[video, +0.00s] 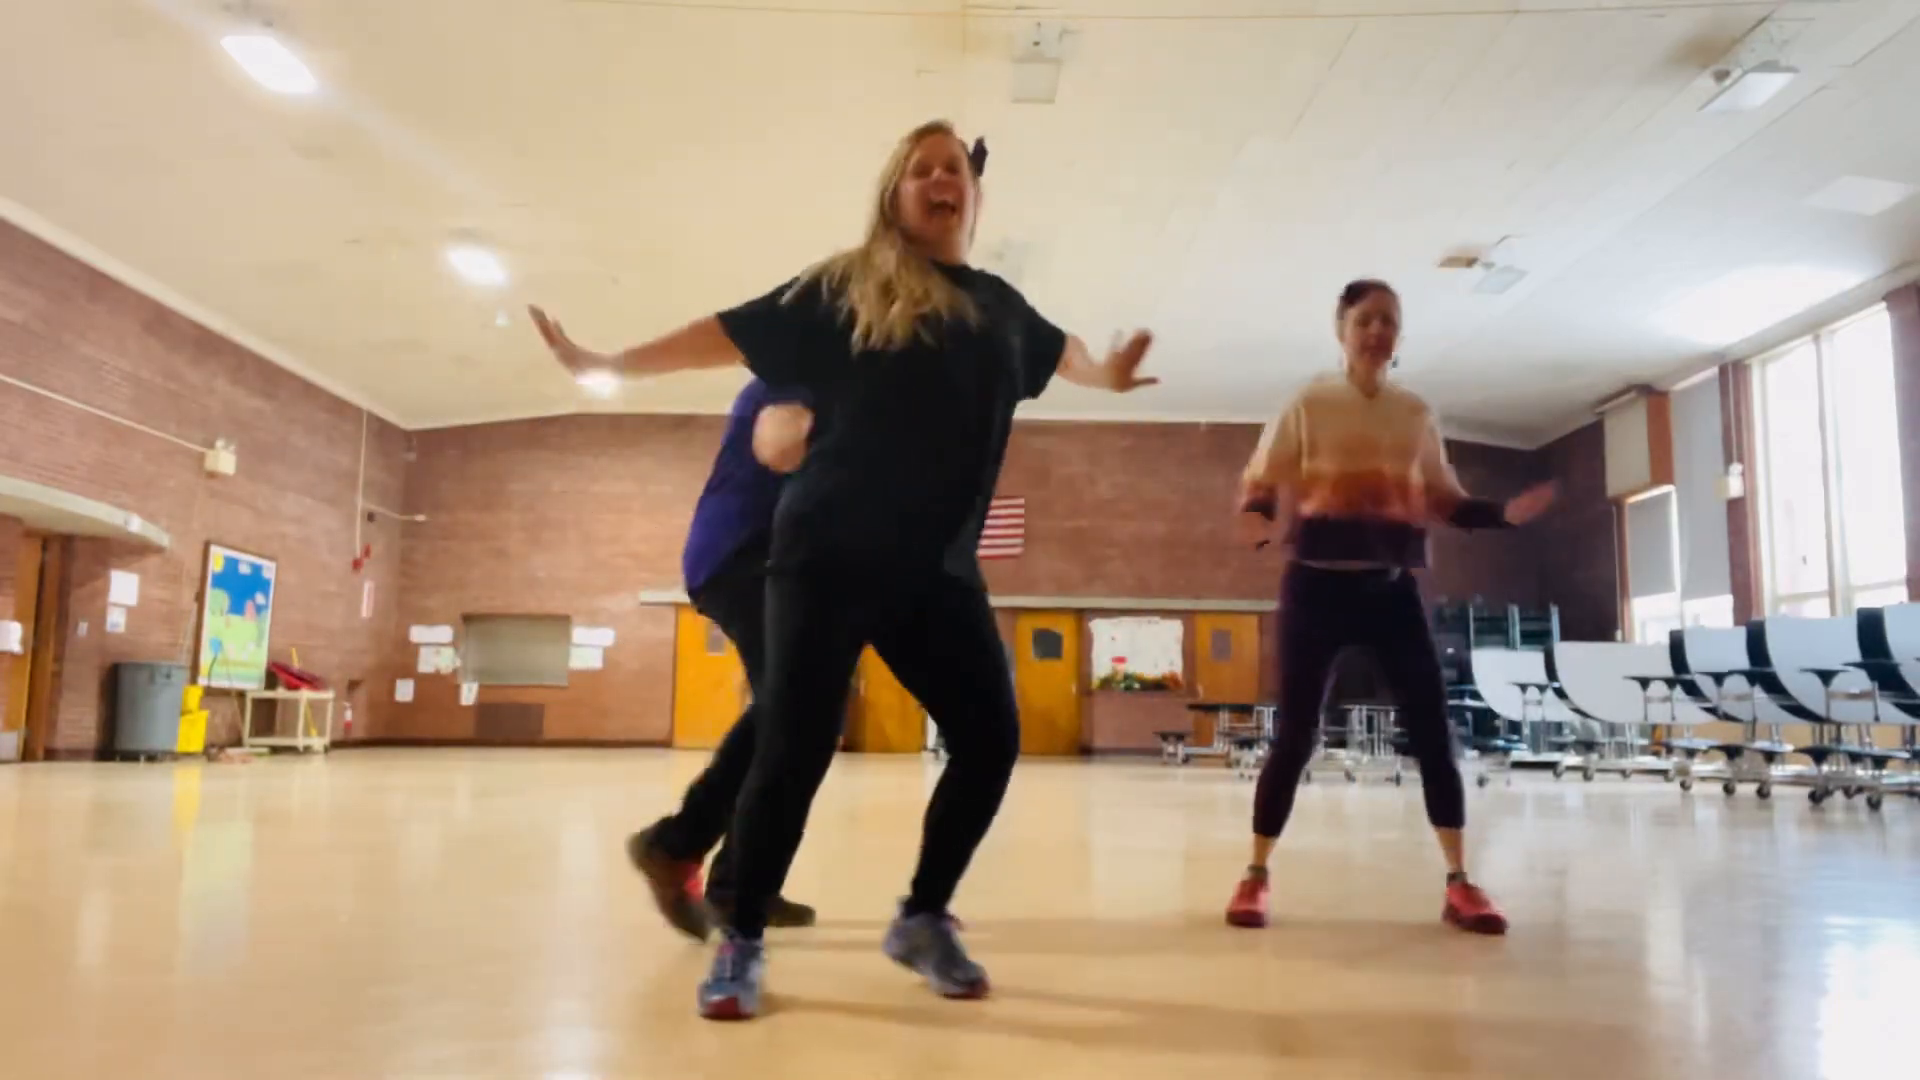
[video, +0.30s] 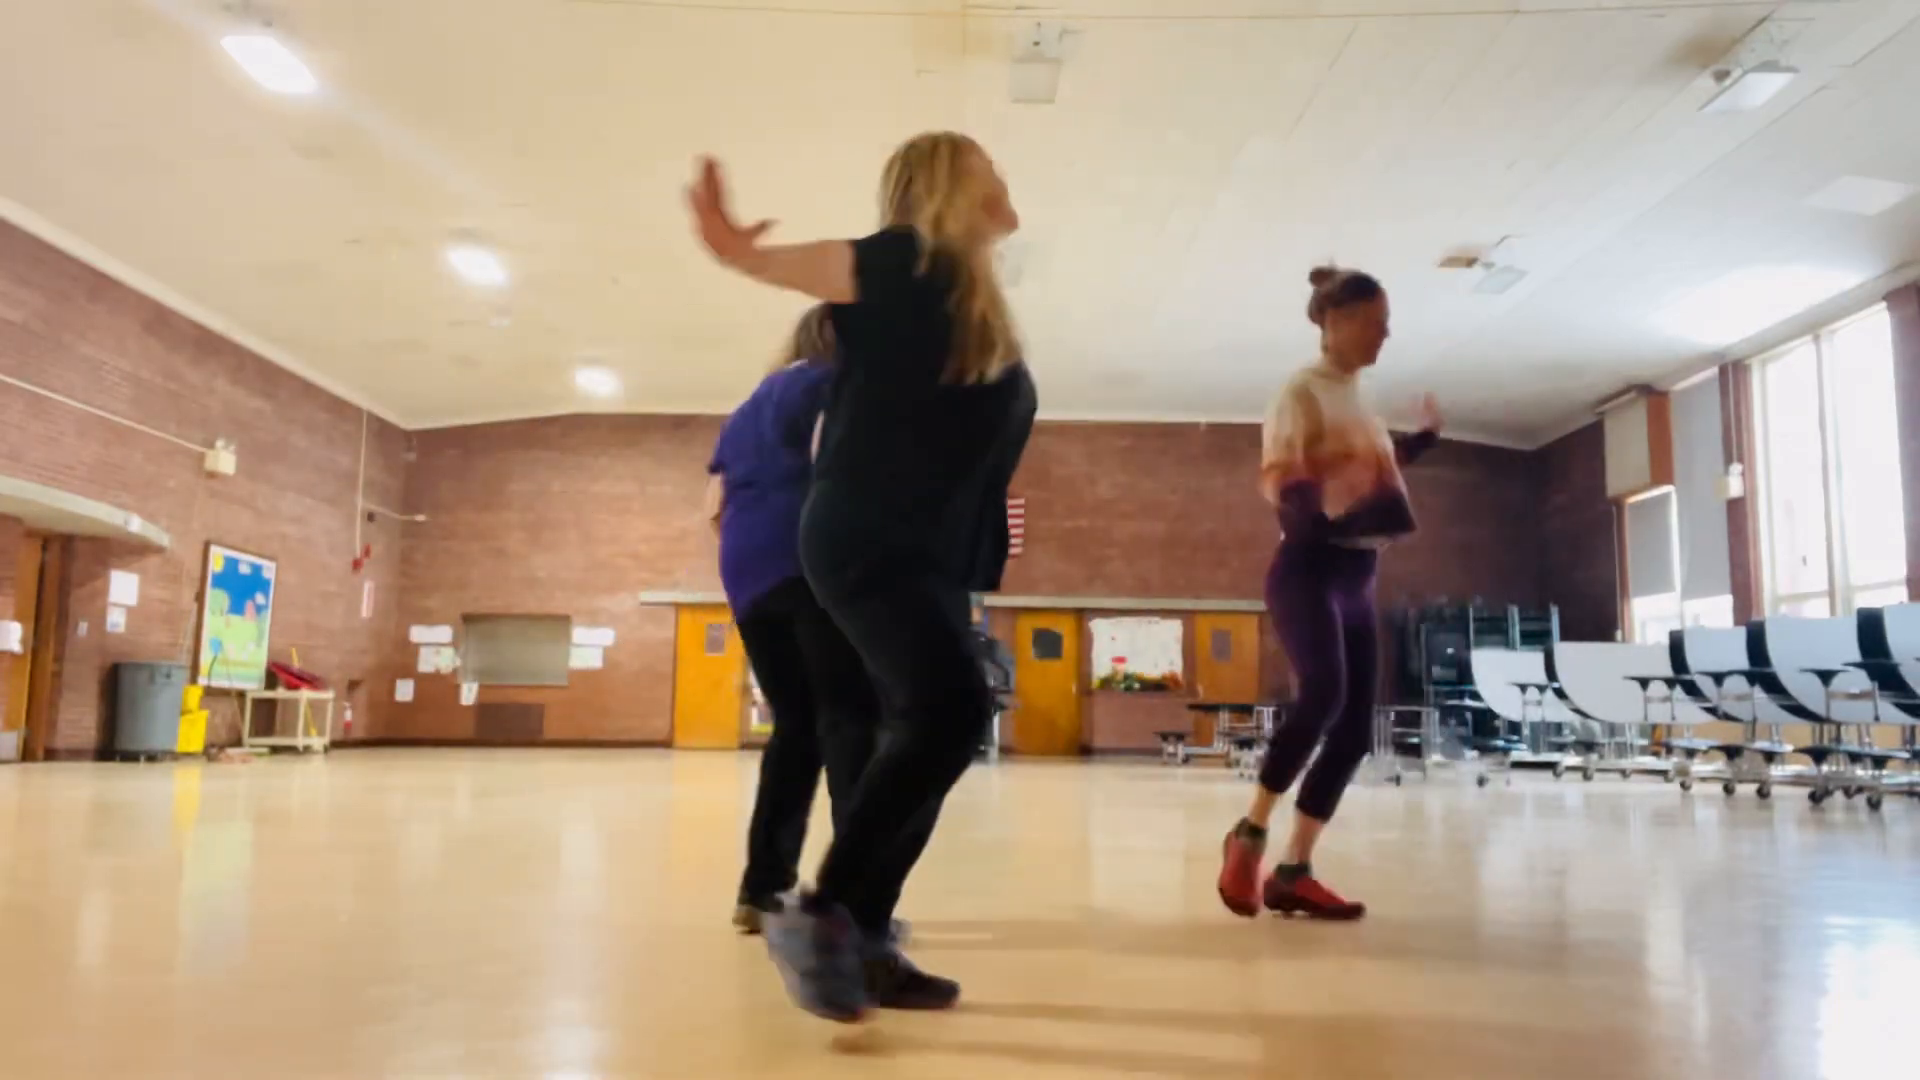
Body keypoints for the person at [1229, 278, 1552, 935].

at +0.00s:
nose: (1379, 332)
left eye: (1388, 322)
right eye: (1367, 321)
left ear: (1399, 334)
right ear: (1340, 329)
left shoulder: (1415, 416)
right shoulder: (1307, 408)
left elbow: (1449, 503)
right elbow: (1257, 486)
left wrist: (1504, 513)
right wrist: (1258, 513)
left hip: (1391, 588)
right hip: (1316, 586)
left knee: (1432, 731)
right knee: (1295, 736)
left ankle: (1459, 883)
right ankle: (1256, 876)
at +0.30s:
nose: (1383, 336)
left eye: (1384, 323)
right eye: (1372, 322)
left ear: (1365, 325)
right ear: (1333, 323)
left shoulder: (1356, 397)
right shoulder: (1297, 396)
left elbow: (1370, 463)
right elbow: (1286, 495)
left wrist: (1418, 439)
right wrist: (1339, 518)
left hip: (1353, 577)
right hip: (1305, 575)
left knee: (1355, 725)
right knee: (1321, 695)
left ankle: (1292, 869)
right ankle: (1249, 833)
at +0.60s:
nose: (1392, 345)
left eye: (1391, 333)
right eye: (1388, 332)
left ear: (1332, 334)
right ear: (1369, 332)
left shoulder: (1288, 404)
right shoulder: (1365, 402)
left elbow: (1263, 497)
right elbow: (1407, 505)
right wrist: (1478, 548)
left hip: (1289, 583)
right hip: (1345, 581)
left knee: (1332, 732)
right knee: (1416, 728)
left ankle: (1301, 883)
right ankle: (1323, 837)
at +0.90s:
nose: (1387, 335)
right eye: (1393, 324)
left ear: (1341, 331)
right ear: (1398, 333)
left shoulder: (1304, 392)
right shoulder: (1421, 394)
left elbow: (1252, 469)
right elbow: (1481, 478)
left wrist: (1242, 419)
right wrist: (1548, 533)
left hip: (1341, 572)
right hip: (1420, 565)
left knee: (1352, 726)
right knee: (1453, 722)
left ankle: (1386, 873)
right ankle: (1468, 875)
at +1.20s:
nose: (1335, 322)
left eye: (1340, 312)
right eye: (1340, 312)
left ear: (1356, 316)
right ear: (1392, 322)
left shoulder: (1342, 383)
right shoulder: (1435, 385)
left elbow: (1298, 459)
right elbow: (1483, 461)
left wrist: (1265, 399)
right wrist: (1524, 501)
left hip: (1376, 563)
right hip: (1450, 557)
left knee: (1379, 727)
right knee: (1462, 696)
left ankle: (1419, 884)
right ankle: (1510, 828)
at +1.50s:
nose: (1355, 343)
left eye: (1364, 332)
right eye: (1355, 333)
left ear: (1401, 335)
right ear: (1392, 340)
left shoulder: (1425, 387)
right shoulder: (1410, 397)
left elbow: (1410, 459)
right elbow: (1431, 492)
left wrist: (1350, 403)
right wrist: (1382, 550)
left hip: (1438, 591)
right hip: (1418, 590)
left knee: (1404, 741)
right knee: (1366, 716)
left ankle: (1476, 887)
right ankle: (1470, 826)